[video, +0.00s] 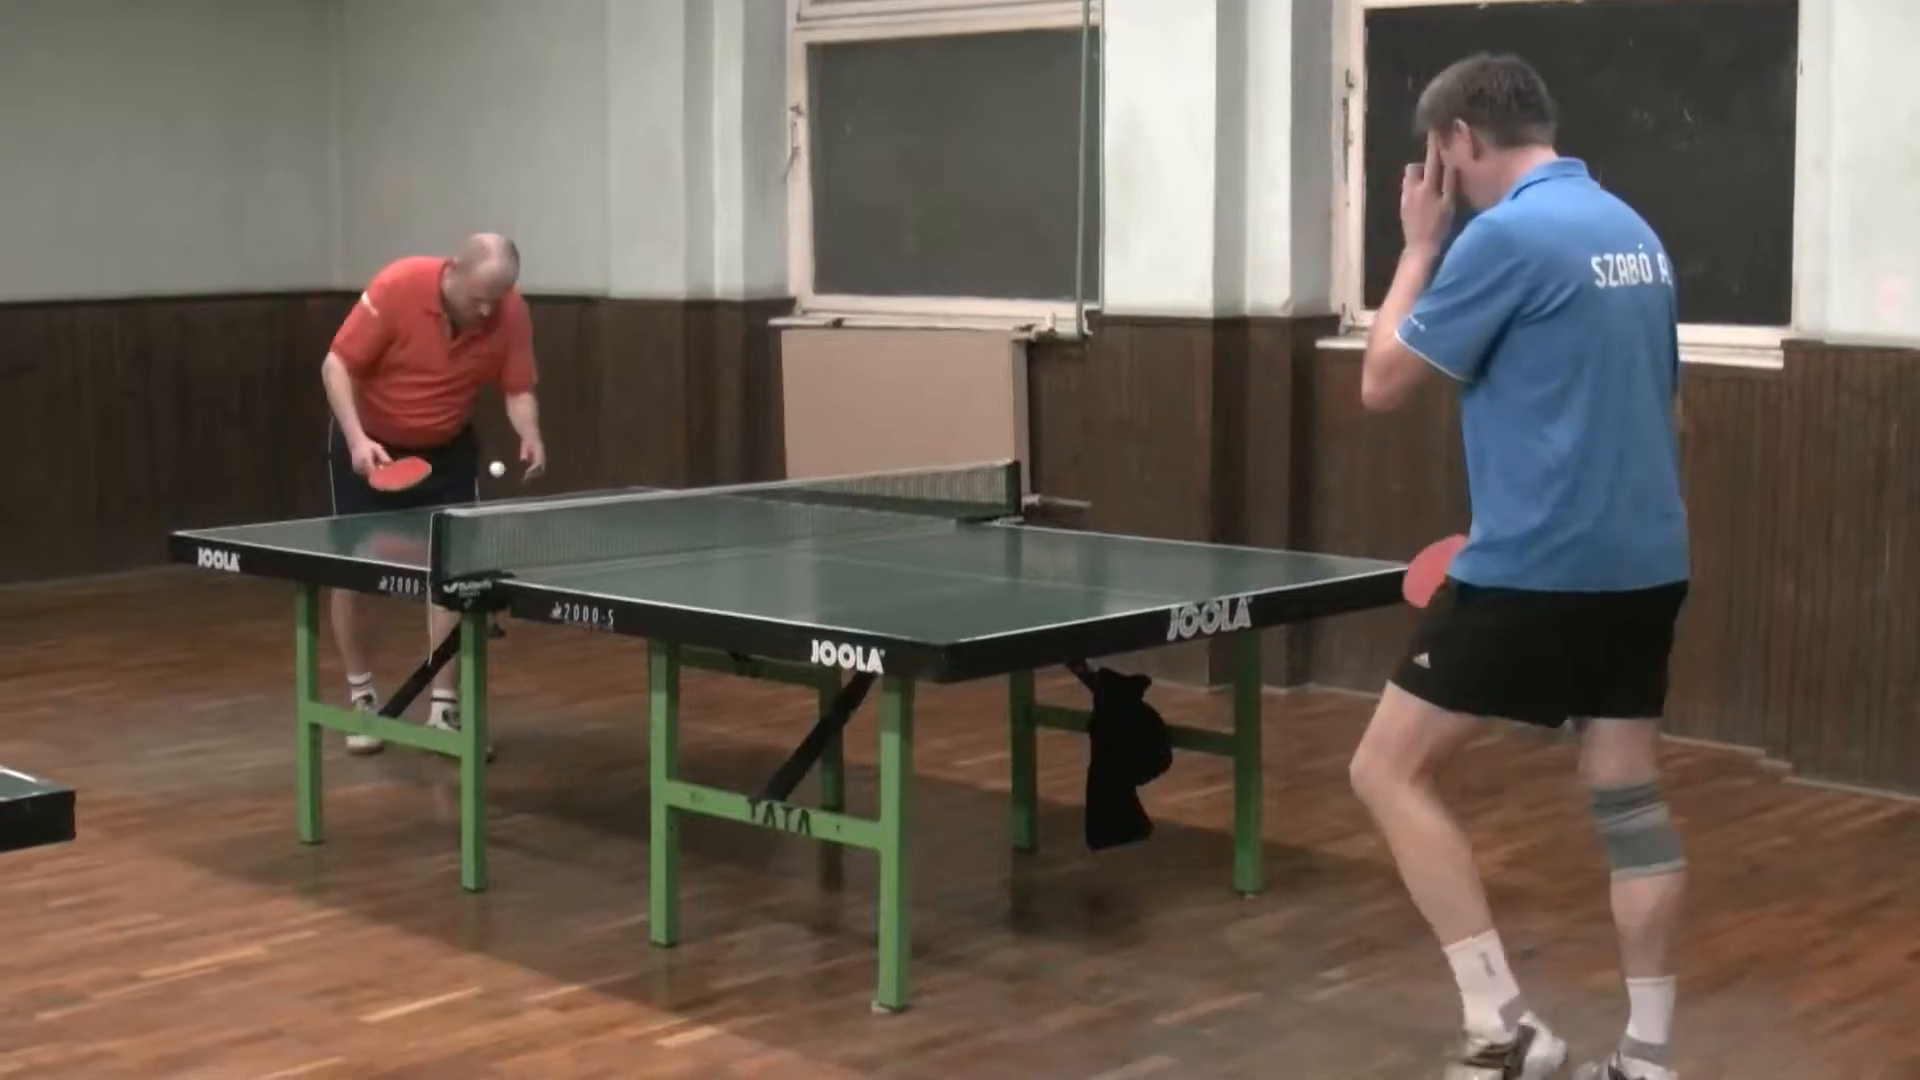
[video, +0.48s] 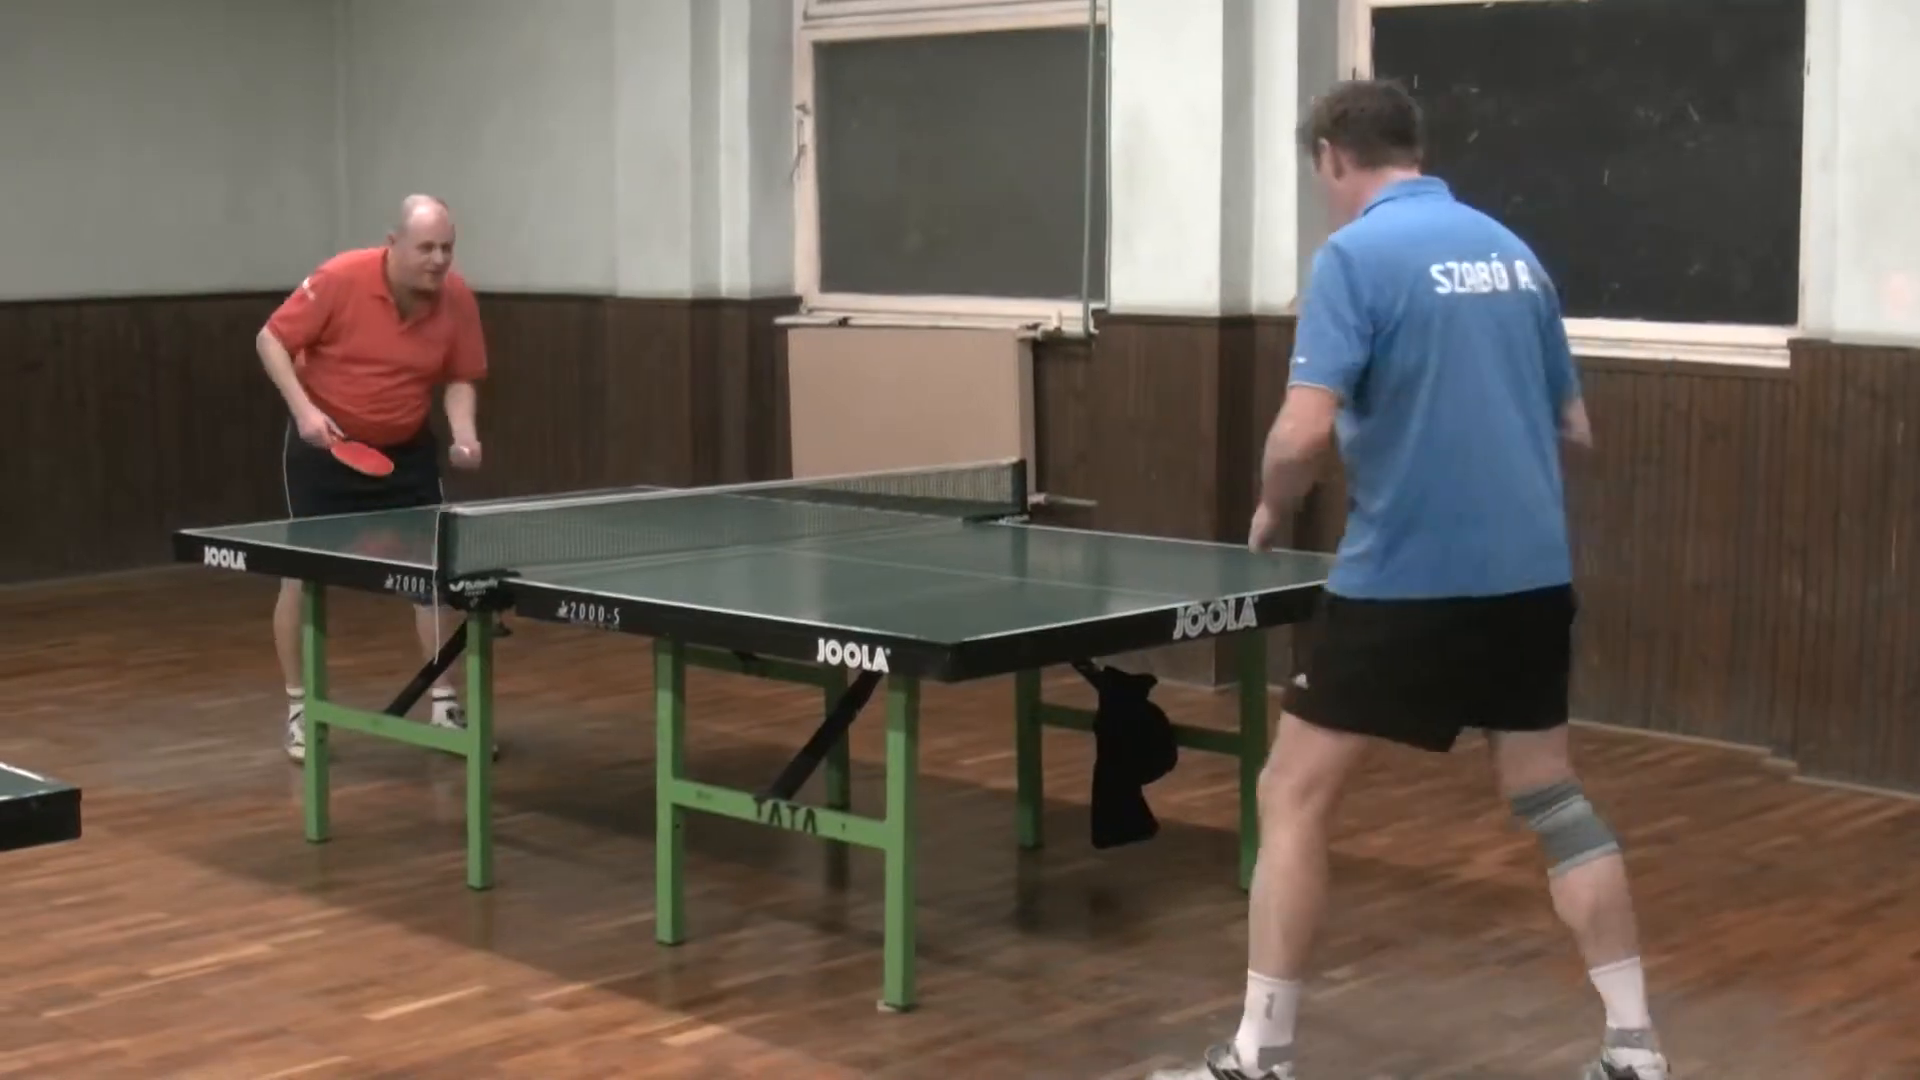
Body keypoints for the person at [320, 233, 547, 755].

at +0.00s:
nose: (485, 310)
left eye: (495, 301)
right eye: (478, 298)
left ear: (508, 291)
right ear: (449, 273)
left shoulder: (509, 311)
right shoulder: (399, 285)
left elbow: (519, 388)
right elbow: (337, 363)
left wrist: (530, 435)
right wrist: (356, 438)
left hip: (448, 449)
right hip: (369, 445)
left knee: (452, 576)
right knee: (355, 572)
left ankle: (445, 704)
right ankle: (361, 697)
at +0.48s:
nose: (439, 258)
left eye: (446, 247)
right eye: (426, 248)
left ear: (453, 248)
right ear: (393, 245)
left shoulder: (457, 298)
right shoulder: (341, 280)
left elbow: (460, 378)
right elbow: (272, 338)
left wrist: (464, 432)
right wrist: (304, 410)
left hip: (407, 449)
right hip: (324, 445)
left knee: (434, 575)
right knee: (305, 574)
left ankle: (447, 705)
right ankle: (300, 707)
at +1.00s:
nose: (365, 207)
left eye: (369, 196)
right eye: (352, 198)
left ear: (374, 199)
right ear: (316, 205)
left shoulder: (381, 252)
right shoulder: (276, 262)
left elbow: (437, 302)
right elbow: (248, 354)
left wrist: (455, 273)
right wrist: (329, 349)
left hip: (373, 438)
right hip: (297, 442)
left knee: (392, 573)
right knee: (294, 583)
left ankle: (384, 702)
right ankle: (301, 708)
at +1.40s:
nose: (393, 243)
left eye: (396, 232)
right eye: (383, 232)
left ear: (392, 228)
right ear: (345, 221)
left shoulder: (382, 265)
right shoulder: (303, 262)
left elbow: (446, 296)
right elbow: (314, 359)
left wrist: (507, 287)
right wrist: (390, 346)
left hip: (361, 432)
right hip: (291, 438)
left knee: (439, 520)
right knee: (298, 580)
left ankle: (456, 668)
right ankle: (302, 708)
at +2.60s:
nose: (317, 267)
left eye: (323, 254)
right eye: (304, 258)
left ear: (333, 250)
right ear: (276, 261)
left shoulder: (366, 298)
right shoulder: (244, 310)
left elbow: (406, 362)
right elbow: (205, 386)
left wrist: (428, 429)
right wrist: (198, 433)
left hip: (359, 467)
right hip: (270, 471)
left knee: (415, 580)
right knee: (224, 579)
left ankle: (436, 696)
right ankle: (213, 716)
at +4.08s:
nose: (428, 245)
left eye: (428, 235)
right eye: (431, 235)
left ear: (379, 221)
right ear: (426, 230)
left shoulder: (356, 257)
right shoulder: (391, 261)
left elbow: (335, 345)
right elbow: (375, 341)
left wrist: (377, 418)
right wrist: (395, 425)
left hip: (300, 396)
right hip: (323, 401)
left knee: (330, 537)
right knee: (338, 534)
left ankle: (332, 675)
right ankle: (293, 676)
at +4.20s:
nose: (431, 240)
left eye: (431, 232)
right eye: (434, 231)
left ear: (386, 221)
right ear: (429, 228)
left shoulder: (352, 262)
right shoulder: (407, 263)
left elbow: (336, 340)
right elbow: (394, 338)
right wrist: (401, 419)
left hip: (306, 401)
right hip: (350, 406)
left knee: (331, 539)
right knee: (383, 538)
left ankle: (337, 670)